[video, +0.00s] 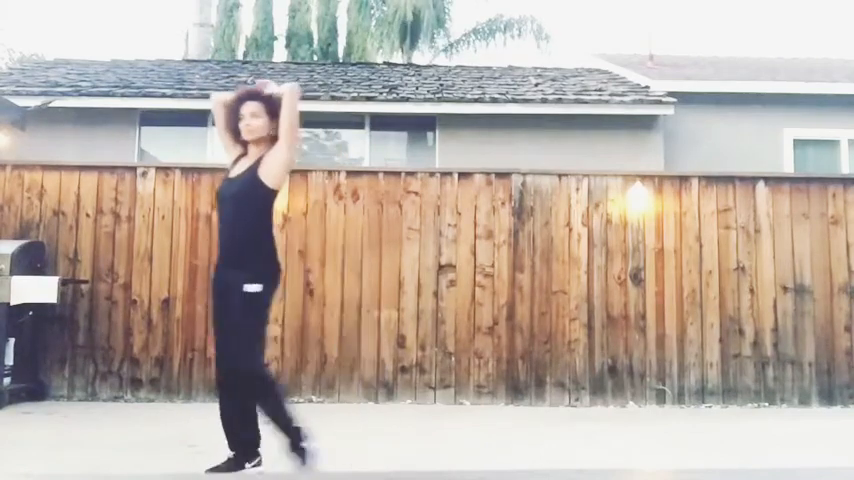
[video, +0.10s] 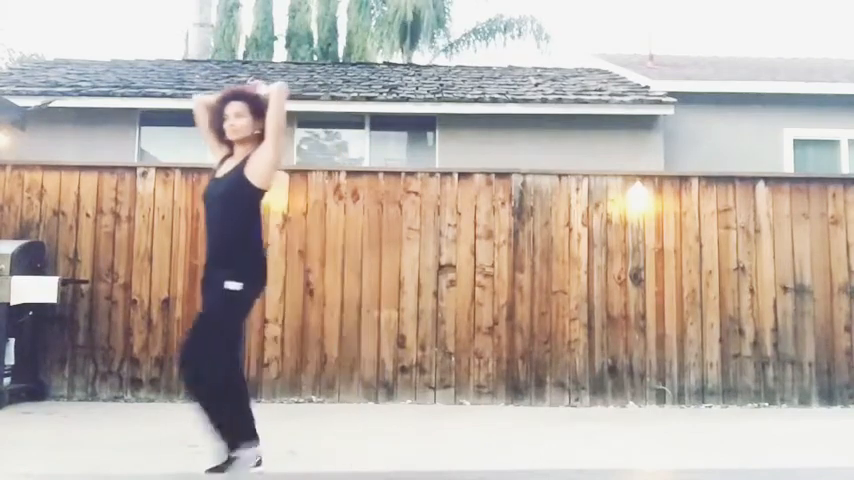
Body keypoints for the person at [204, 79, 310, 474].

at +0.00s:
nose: (248, 122)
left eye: (255, 115)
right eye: (242, 116)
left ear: (272, 122)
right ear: (237, 124)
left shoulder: (278, 156)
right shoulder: (239, 158)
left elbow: (293, 91)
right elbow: (217, 102)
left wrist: (274, 92)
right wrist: (251, 94)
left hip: (255, 272)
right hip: (227, 272)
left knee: (245, 363)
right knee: (228, 365)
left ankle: (296, 438)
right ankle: (244, 451)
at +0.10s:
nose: (231, 122)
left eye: (239, 115)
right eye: (227, 116)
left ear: (257, 122)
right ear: (223, 123)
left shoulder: (264, 157)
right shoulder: (226, 157)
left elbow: (280, 91)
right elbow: (200, 106)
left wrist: (267, 103)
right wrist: (238, 91)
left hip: (242, 274)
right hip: (218, 272)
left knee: (195, 357)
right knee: (223, 361)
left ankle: (242, 443)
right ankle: (244, 445)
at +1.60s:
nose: (203, 122)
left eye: (211, 116)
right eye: (200, 117)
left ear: (230, 123)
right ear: (195, 125)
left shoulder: (252, 168)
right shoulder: (188, 168)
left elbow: (265, 217)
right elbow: (175, 222)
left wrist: (267, 237)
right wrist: (153, 245)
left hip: (226, 273)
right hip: (185, 272)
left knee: (214, 356)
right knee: (187, 359)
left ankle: (240, 439)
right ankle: (204, 445)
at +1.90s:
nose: (268, 123)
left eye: (273, 118)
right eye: (259, 119)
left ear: (282, 128)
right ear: (245, 129)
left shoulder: (295, 170)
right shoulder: (232, 172)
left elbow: (302, 230)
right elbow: (213, 231)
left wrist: (304, 281)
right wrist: (211, 287)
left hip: (281, 277)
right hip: (238, 277)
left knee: (295, 365)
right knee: (219, 362)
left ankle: (324, 446)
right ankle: (207, 447)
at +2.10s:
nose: (308, 125)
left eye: (310, 120)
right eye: (298, 120)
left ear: (314, 128)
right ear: (282, 129)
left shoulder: (324, 173)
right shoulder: (269, 172)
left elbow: (332, 232)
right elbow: (249, 231)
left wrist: (350, 276)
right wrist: (268, 283)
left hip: (329, 279)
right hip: (291, 279)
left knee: (329, 368)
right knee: (263, 363)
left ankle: (331, 451)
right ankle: (223, 442)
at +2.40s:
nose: (344, 127)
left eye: (346, 122)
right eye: (335, 122)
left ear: (348, 129)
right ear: (318, 130)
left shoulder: (352, 170)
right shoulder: (308, 169)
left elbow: (356, 217)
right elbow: (278, 217)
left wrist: (369, 240)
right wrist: (325, 232)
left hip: (364, 272)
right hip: (334, 274)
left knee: (358, 357)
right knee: (363, 352)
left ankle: (336, 449)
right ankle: (361, 443)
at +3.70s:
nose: (325, 118)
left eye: (330, 112)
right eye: (316, 114)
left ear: (339, 121)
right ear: (302, 123)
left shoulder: (337, 167)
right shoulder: (300, 158)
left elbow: (375, 189)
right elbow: (285, 220)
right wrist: (285, 284)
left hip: (326, 264)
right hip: (291, 261)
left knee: (335, 356)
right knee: (276, 364)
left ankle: (344, 442)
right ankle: (244, 444)